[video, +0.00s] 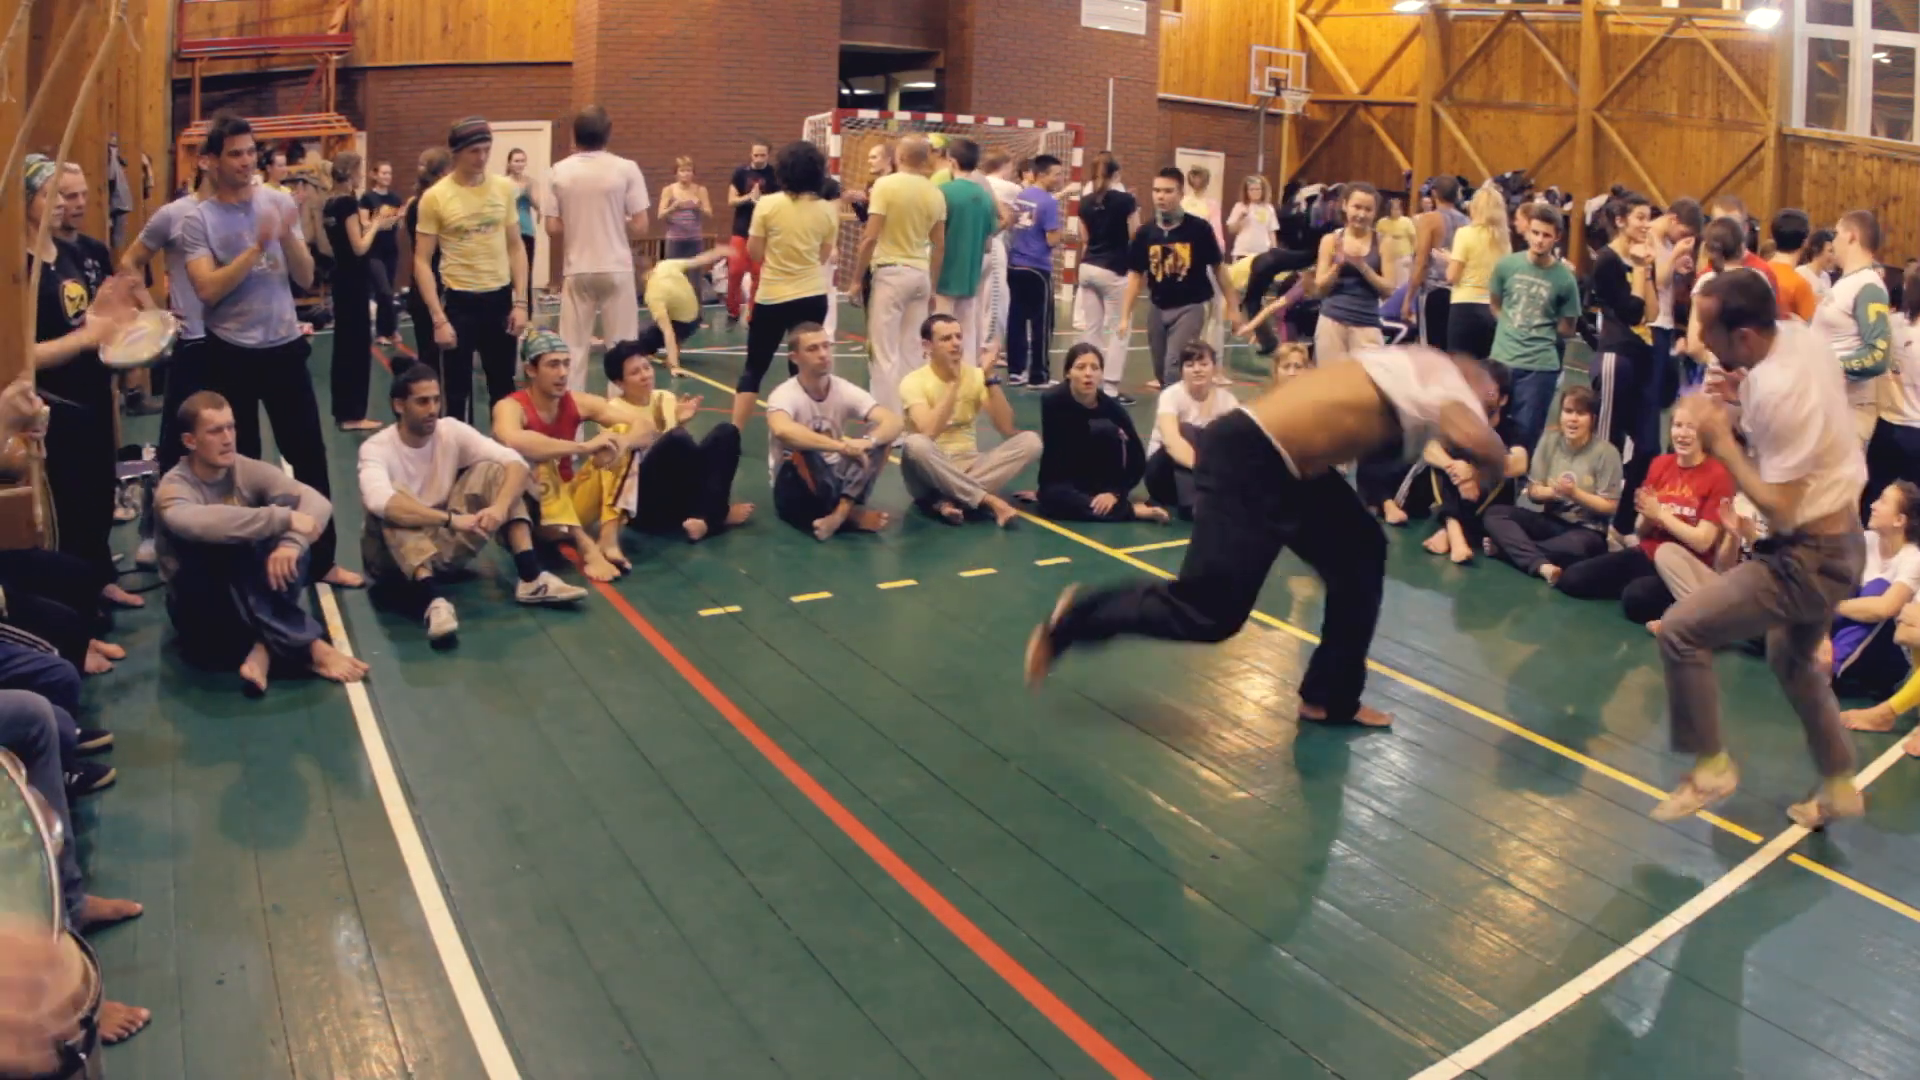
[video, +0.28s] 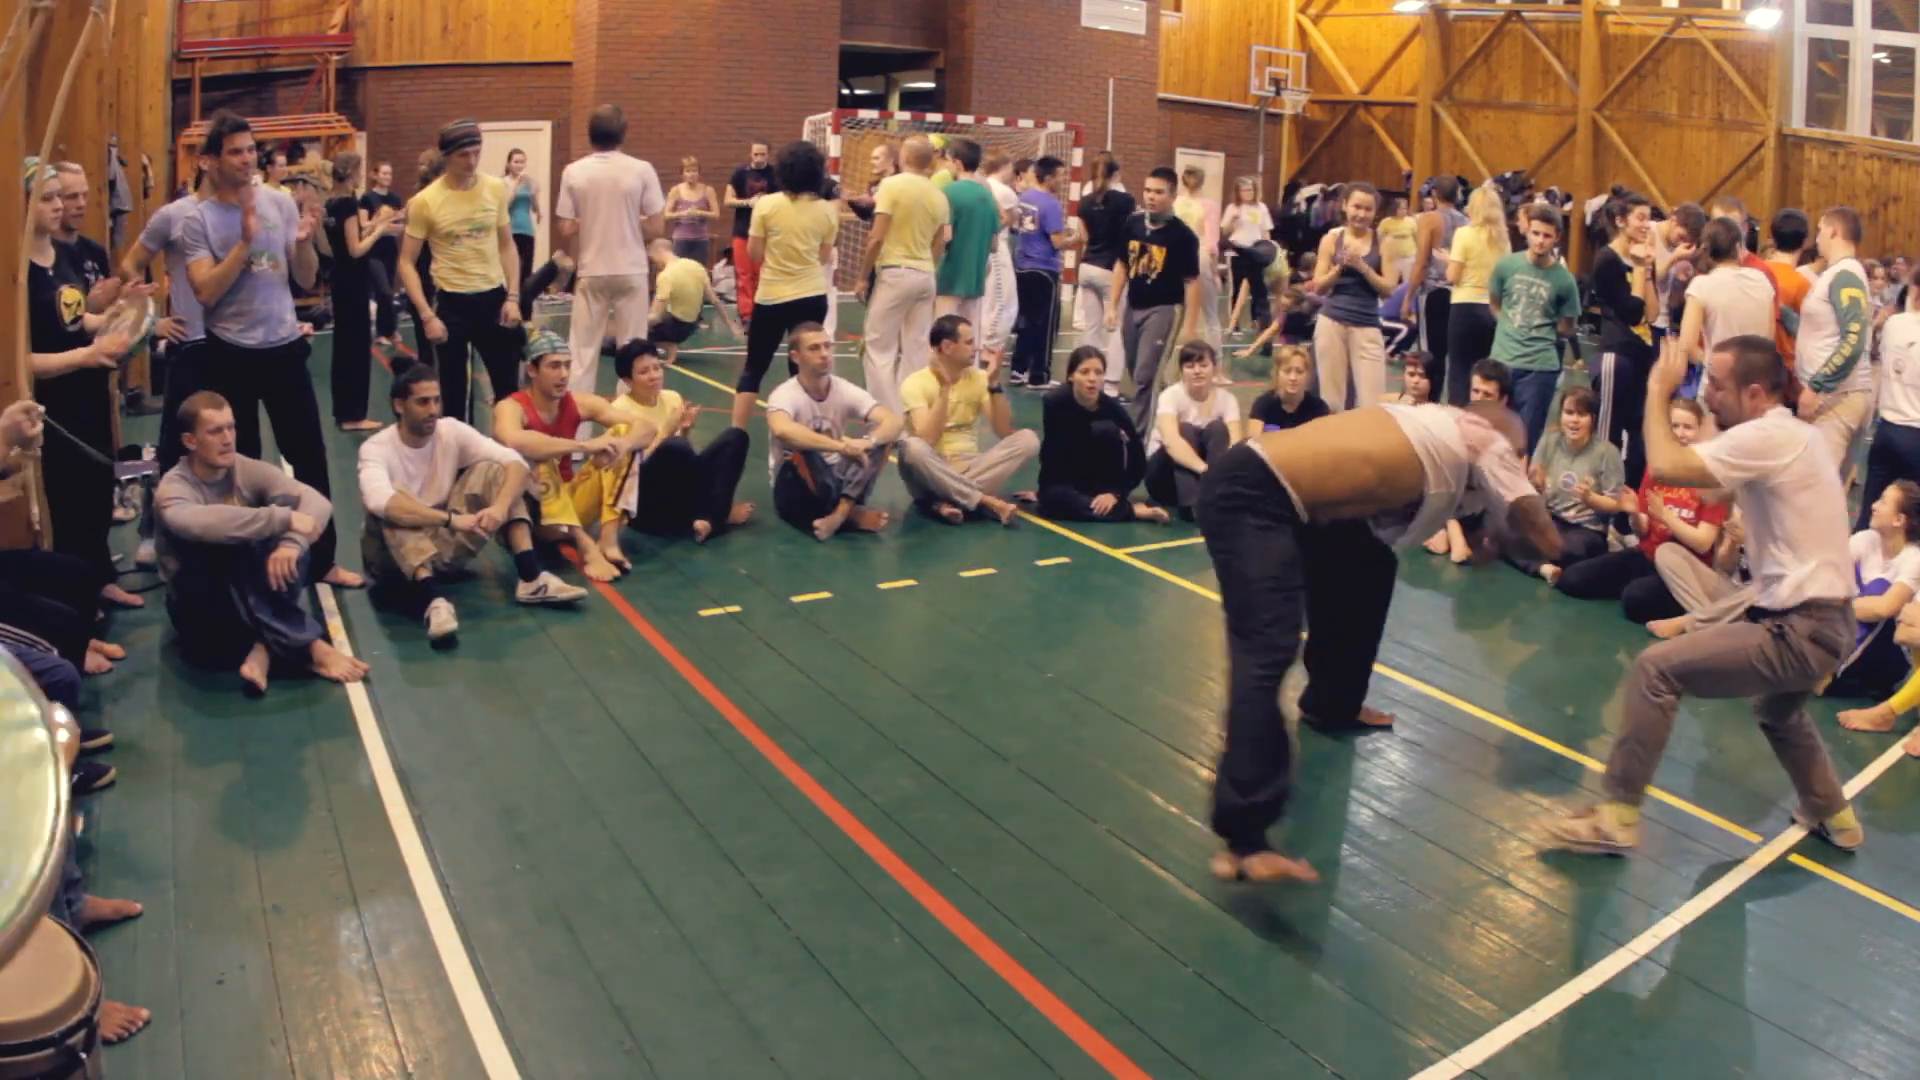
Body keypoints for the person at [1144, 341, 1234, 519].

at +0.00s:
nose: (1197, 370)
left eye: (1203, 364)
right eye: (1190, 365)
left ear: (1214, 368)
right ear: (1182, 370)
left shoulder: (1225, 399)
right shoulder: (1170, 396)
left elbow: (1239, 437)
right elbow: (1171, 441)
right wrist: (1207, 467)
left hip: (1211, 483)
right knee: (1186, 431)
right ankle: (1194, 505)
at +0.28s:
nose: (1197, 372)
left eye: (1203, 365)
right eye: (1190, 366)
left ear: (1213, 368)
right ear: (1181, 371)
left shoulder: (1227, 400)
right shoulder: (1169, 396)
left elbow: (1236, 444)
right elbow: (1171, 441)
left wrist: (1221, 475)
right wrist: (1205, 470)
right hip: (1167, 480)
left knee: (1217, 427)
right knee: (1186, 430)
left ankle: (1217, 501)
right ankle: (1194, 504)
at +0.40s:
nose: (1197, 372)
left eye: (1203, 365)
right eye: (1190, 366)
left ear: (1214, 369)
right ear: (1181, 371)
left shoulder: (1227, 399)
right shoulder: (1170, 396)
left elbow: (1232, 442)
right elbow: (1172, 445)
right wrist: (1206, 471)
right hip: (1168, 478)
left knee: (1217, 427)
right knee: (1186, 430)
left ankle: (1222, 497)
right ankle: (1192, 504)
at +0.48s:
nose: (1197, 372)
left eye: (1203, 366)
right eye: (1190, 367)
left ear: (1214, 368)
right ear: (1181, 370)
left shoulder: (1227, 400)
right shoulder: (1169, 396)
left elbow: (1237, 443)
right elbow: (1171, 442)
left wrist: (1220, 473)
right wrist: (1204, 469)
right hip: (1167, 480)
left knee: (1217, 427)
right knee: (1187, 430)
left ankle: (1217, 502)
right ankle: (1191, 503)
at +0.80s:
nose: (1197, 373)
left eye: (1203, 366)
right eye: (1190, 367)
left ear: (1214, 367)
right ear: (1182, 371)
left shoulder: (1220, 396)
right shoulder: (1171, 395)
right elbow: (1170, 440)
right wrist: (1200, 470)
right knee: (1186, 430)